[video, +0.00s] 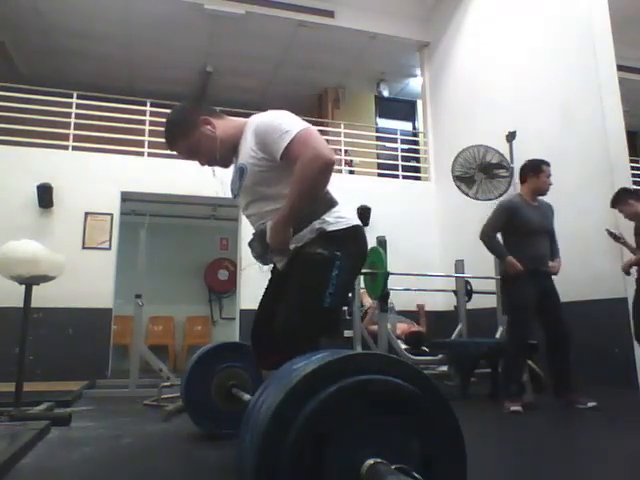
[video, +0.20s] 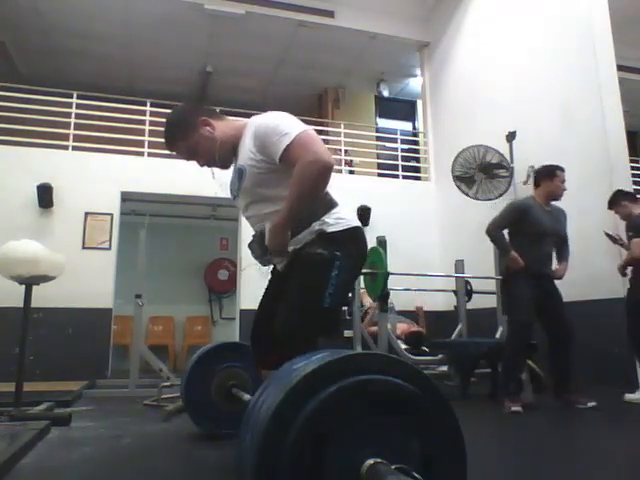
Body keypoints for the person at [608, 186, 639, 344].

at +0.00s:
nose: (625, 217)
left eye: (623, 211)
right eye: (621, 213)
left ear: (632, 203)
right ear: (631, 204)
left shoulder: (636, 226)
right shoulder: (636, 226)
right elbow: (637, 255)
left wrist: (630, 263)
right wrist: (624, 243)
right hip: (637, 281)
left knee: (637, 330)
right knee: (637, 330)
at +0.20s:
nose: (619, 216)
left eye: (618, 211)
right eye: (616, 212)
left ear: (625, 204)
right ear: (627, 204)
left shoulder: (634, 222)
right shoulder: (633, 222)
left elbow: (635, 253)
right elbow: (636, 251)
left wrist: (623, 263)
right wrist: (623, 245)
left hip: (636, 287)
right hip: (634, 286)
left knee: (634, 335)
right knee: (633, 334)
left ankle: (638, 386)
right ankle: (637, 385)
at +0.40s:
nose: (614, 218)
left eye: (612, 213)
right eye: (611, 215)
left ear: (619, 206)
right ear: (624, 204)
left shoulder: (629, 222)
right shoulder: (634, 220)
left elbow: (625, 254)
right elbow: (630, 251)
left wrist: (616, 267)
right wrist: (618, 243)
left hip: (633, 277)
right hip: (633, 275)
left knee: (630, 330)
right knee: (631, 330)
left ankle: (633, 383)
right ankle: (632, 381)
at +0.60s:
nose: (604, 219)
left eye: (603, 215)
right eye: (602, 215)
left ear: (608, 208)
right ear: (619, 205)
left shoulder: (616, 225)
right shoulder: (635, 222)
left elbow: (612, 257)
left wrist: (607, 270)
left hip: (626, 282)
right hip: (636, 279)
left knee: (625, 335)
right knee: (629, 334)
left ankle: (631, 384)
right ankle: (632, 383)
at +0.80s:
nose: (596, 218)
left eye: (594, 214)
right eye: (594, 215)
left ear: (599, 208)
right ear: (611, 205)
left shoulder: (606, 225)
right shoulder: (633, 223)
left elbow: (602, 258)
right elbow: (632, 251)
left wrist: (596, 269)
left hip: (620, 285)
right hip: (637, 283)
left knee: (621, 335)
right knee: (632, 334)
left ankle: (631, 384)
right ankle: (632, 383)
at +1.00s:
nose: (590, 218)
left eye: (588, 214)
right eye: (588, 215)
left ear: (593, 209)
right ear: (606, 205)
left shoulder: (601, 226)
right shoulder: (630, 224)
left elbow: (596, 259)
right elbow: (631, 253)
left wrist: (591, 270)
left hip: (616, 288)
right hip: (635, 285)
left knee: (619, 336)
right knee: (633, 335)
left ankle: (632, 385)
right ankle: (633, 383)